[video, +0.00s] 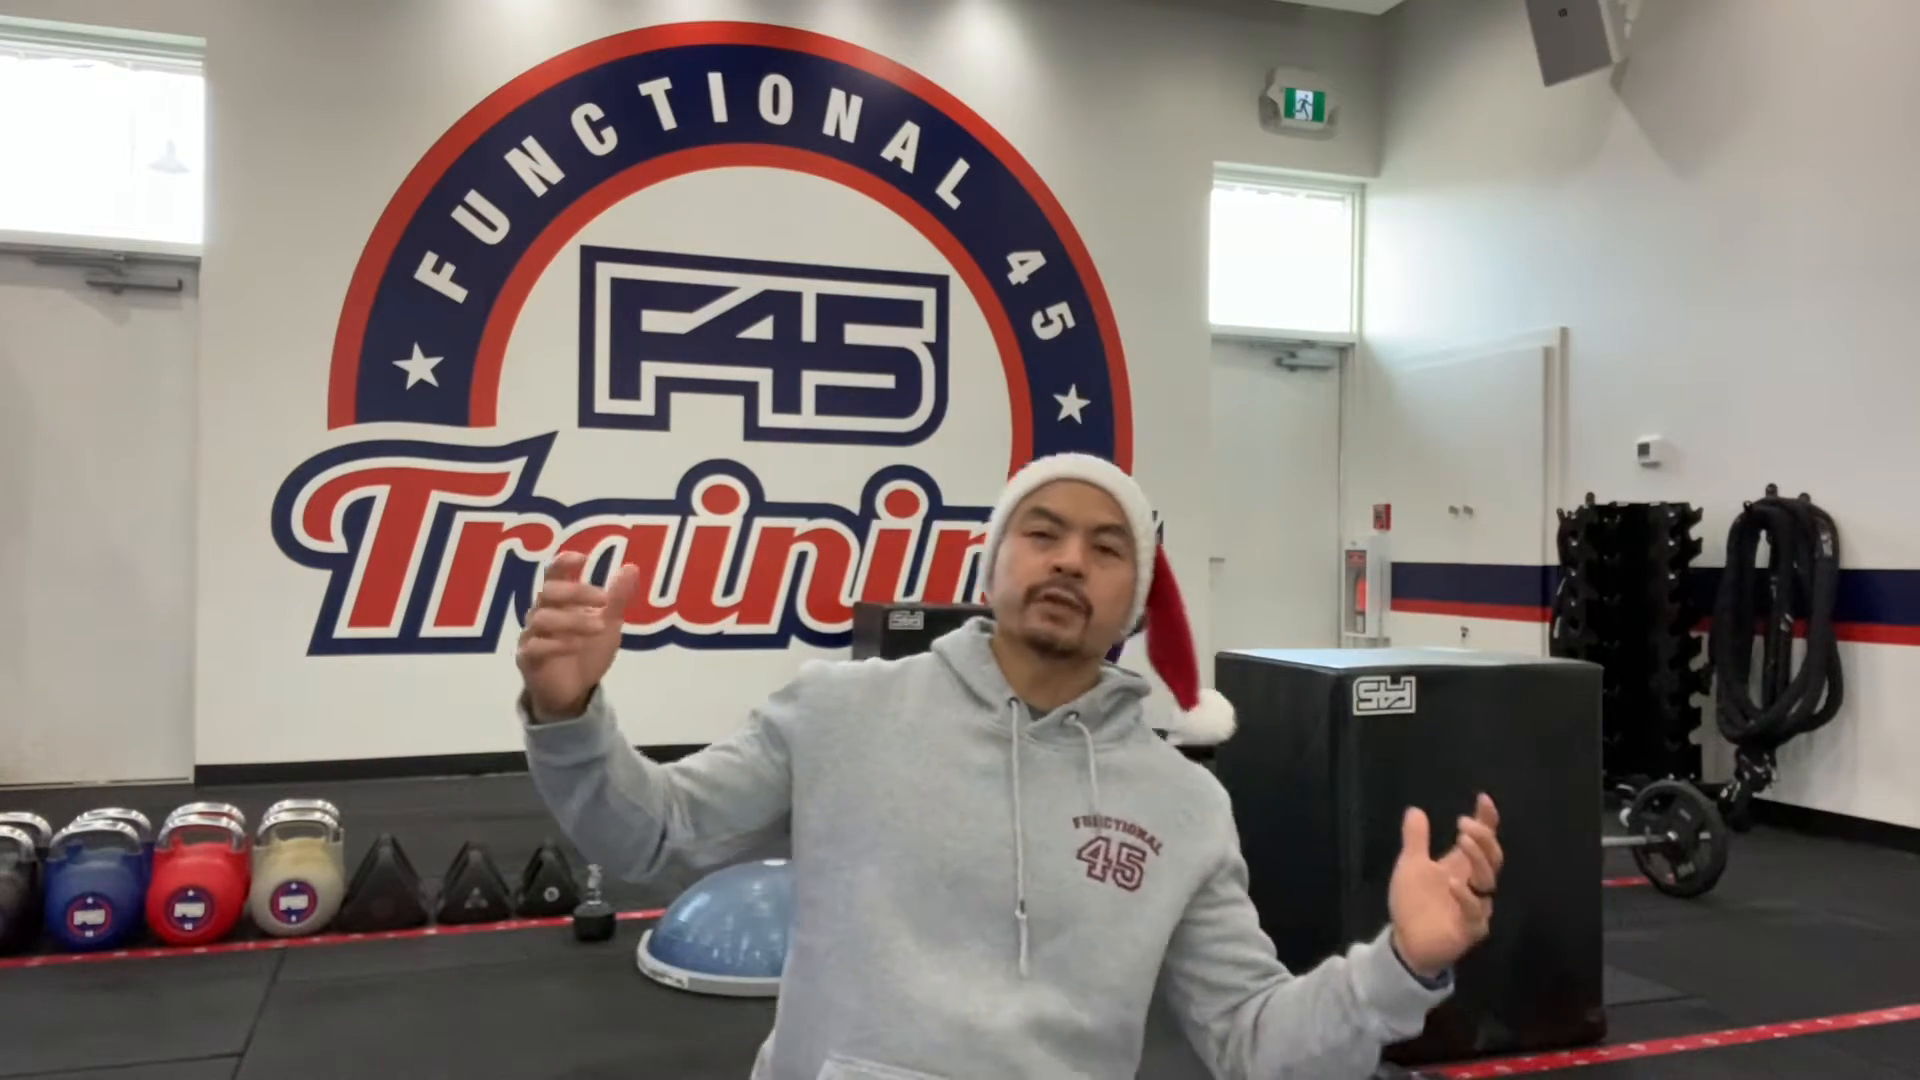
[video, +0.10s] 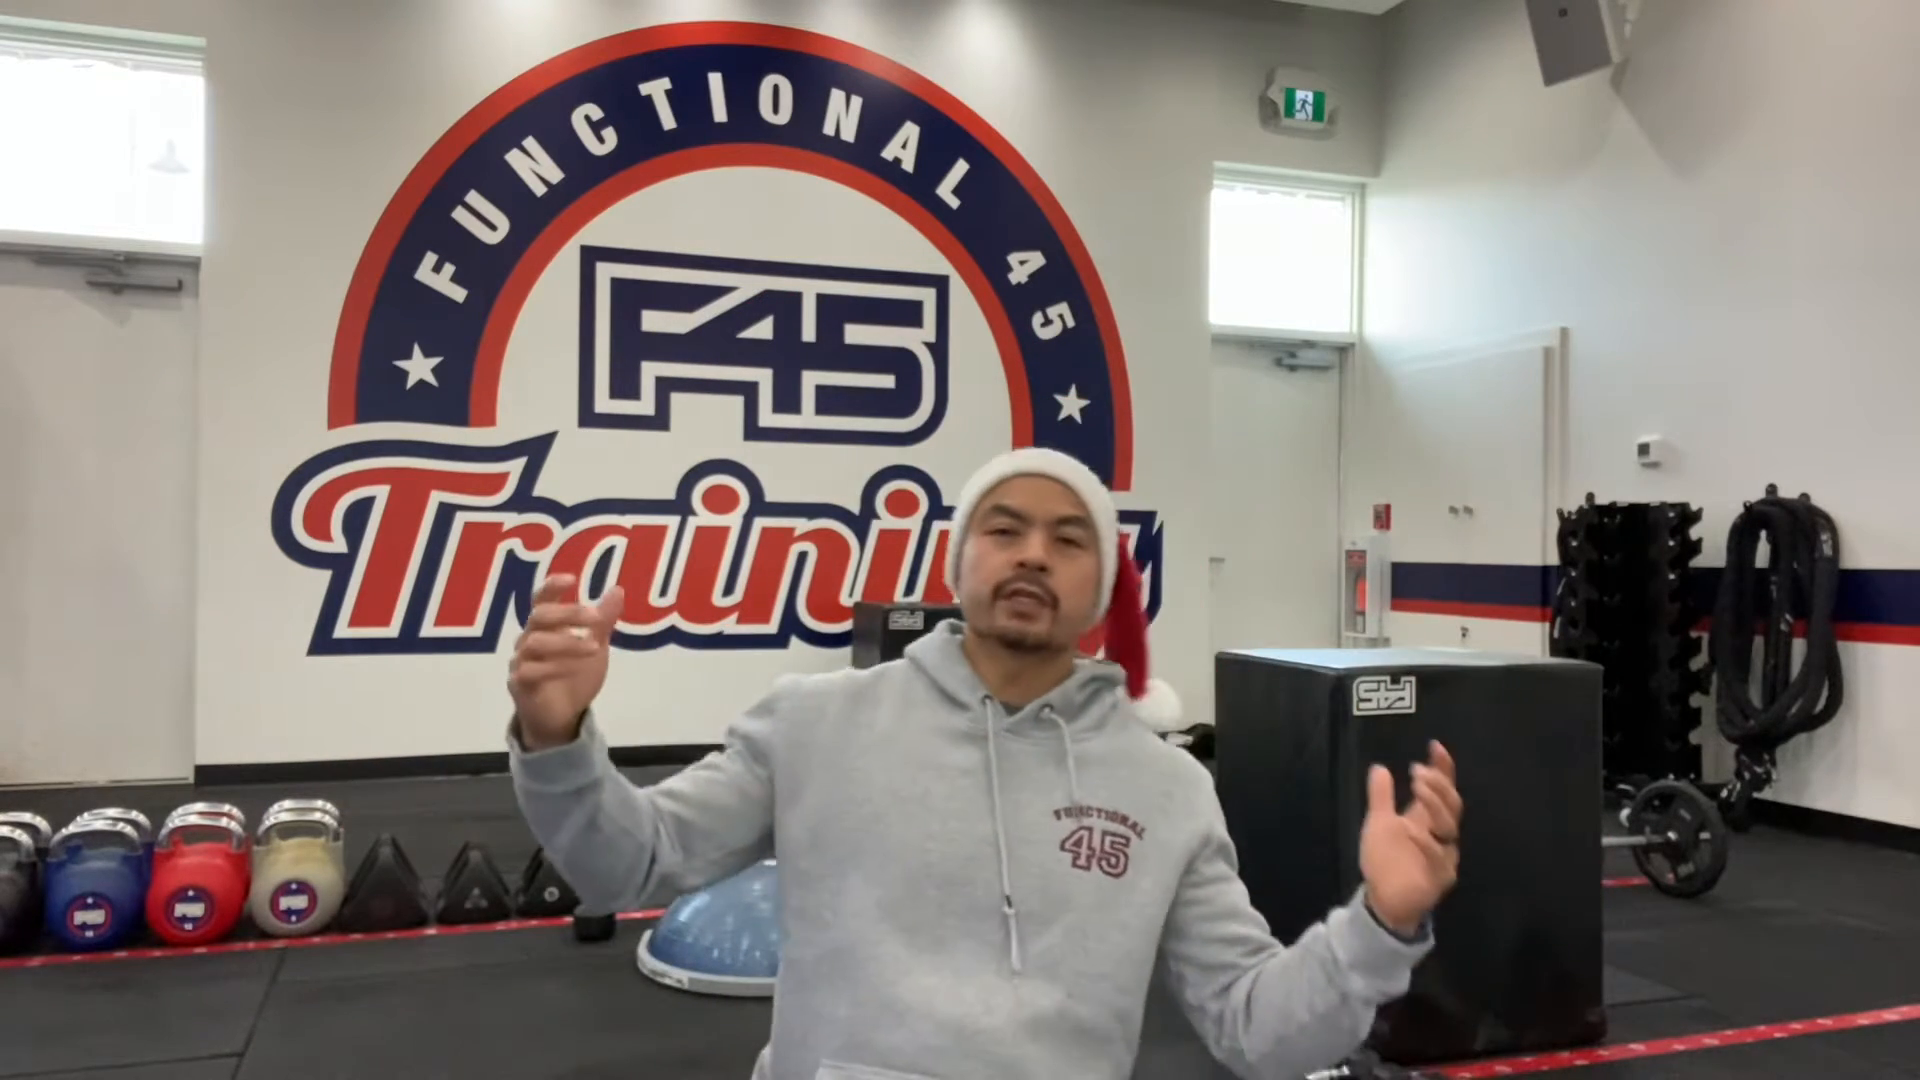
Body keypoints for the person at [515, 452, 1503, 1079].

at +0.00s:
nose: (1068, 562)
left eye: (1104, 547)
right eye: (1044, 533)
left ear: (1138, 598)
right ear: (990, 559)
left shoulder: (1185, 803)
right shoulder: (834, 711)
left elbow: (1247, 1039)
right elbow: (646, 842)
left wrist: (1401, 962)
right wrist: (567, 719)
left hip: (1049, 1079)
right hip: (830, 1073)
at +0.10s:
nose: (1030, 556)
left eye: (1065, 539)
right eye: (1003, 530)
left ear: (1104, 588)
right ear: (953, 561)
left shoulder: (1167, 784)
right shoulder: (811, 723)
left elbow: (1249, 1024)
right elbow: (632, 865)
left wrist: (1381, 922)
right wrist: (555, 745)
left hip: (1057, 1073)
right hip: (836, 1068)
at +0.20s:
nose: (996, 556)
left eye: (1030, 534)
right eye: (969, 530)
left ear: (1074, 574)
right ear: (925, 565)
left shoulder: (1152, 768)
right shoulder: (799, 735)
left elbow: (1256, 1013)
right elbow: (632, 901)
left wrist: (1355, 876)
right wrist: (558, 781)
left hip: (1054, 1069)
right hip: (841, 1066)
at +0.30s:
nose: (966, 552)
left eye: (998, 528)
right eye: (935, 528)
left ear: (1045, 568)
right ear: (895, 569)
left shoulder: (1139, 757)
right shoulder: (783, 746)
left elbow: (1256, 991)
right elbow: (626, 938)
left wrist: (1311, 832)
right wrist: (572, 814)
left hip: (1051, 1069)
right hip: (841, 1068)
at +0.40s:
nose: (939, 549)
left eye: (972, 526)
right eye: (908, 530)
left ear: (1022, 565)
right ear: (874, 575)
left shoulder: (1129, 745)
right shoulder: (779, 750)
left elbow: (1244, 984)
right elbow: (635, 970)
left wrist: (1235, 794)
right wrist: (611, 847)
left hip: (1051, 1072)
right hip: (839, 1070)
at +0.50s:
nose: (916, 550)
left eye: (949, 527)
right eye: (885, 534)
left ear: (1004, 565)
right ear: (855, 581)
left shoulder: (1095, 721)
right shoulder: (779, 747)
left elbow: (1228, 973)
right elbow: (651, 1001)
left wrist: (1135, 781)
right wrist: (674, 876)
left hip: (1051, 1067)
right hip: (839, 1067)